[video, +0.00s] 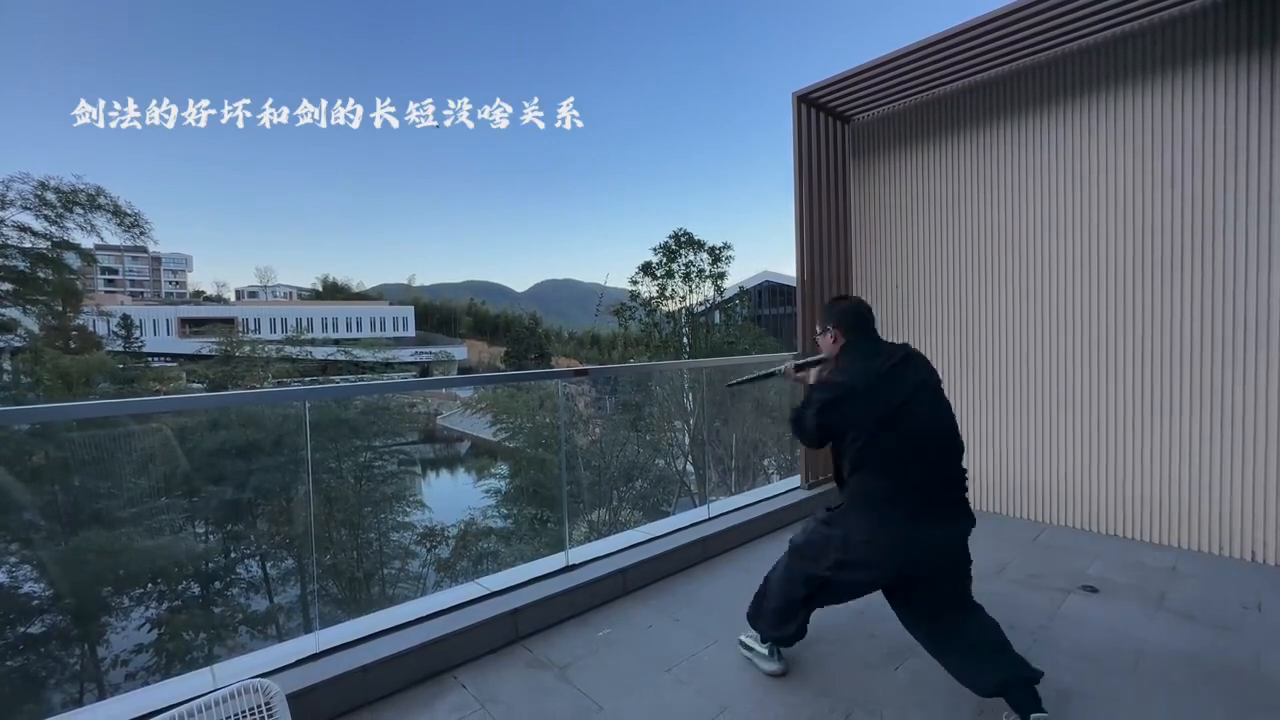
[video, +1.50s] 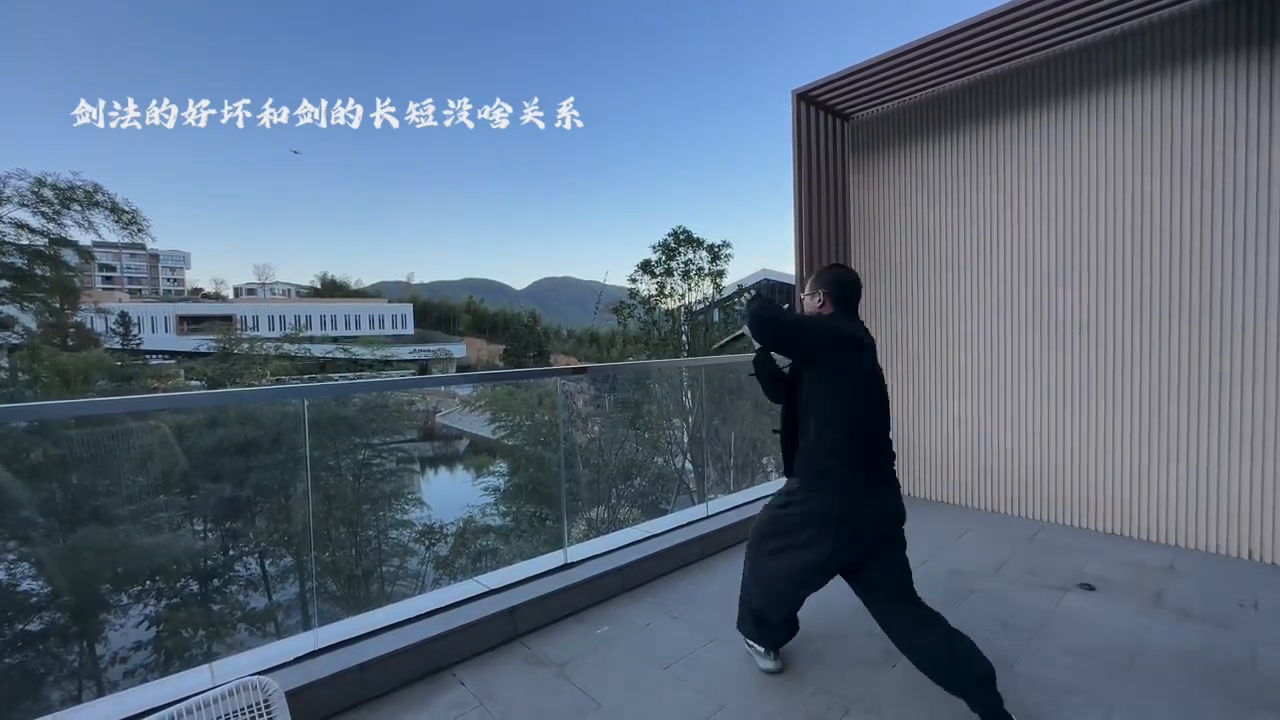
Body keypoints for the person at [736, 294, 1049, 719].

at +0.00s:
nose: (818, 343)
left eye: (820, 335)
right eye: (818, 336)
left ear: (837, 337)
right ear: (871, 332)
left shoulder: (845, 377)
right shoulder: (915, 363)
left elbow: (812, 432)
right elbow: (877, 399)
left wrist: (811, 387)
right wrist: (823, 379)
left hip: (879, 522)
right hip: (944, 521)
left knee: (805, 559)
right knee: (953, 613)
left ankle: (768, 639)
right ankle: (1029, 706)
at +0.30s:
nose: (930, 285)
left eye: (934, 273)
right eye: (930, 275)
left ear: (960, 272)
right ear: (975, 272)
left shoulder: (993, 329)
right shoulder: (1023, 310)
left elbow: (963, 425)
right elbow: (961, 385)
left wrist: (899, 441)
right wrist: (899, 416)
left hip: (1053, 502)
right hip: (1101, 495)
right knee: (1047, 614)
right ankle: (1058, 701)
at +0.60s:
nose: (976, 291)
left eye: (984, 280)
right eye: (979, 280)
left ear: (1011, 286)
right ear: (1021, 288)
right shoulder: (1069, 341)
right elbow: (1082, 453)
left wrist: (1014, 511)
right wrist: (1011, 474)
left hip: (1143, 544)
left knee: (1173, 696)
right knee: (1035, 587)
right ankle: (1051, 708)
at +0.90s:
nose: (897, 275)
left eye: (900, 266)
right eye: (897, 267)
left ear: (921, 263)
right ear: (953, 263)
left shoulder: (930, 304)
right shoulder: (986, 302)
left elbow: (861, 322)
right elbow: (903, 295)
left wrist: (846, 293)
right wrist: (841, 300)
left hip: (953, 472)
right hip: (1018, 477)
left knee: (847, 443)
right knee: (992, 593)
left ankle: (864, 545)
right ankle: (1040, 704)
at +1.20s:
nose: (810, 301)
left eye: (814, 296)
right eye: (814, 294)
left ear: (824, 300)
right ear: (860, 302)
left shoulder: (795, 349)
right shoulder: (888, 351)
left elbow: (815, 393)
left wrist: (876, 361)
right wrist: (903, 370)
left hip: (800, 495)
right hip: (872, 499)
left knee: (777, 568)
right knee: (926, 595)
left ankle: (764, 643)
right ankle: (992, 702)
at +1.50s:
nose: (802, 304)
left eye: (806, 296)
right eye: (803, 297)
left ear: (821, 300)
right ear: (846, 303)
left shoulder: (830, 335)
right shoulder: (850, 344)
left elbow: (763, 320)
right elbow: (784, 391)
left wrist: (770, 296)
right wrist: (763, 349)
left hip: (823, 495)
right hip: (873, 497)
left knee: (768, 543)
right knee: (901, 609)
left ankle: (764, 639)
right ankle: (988, 700)